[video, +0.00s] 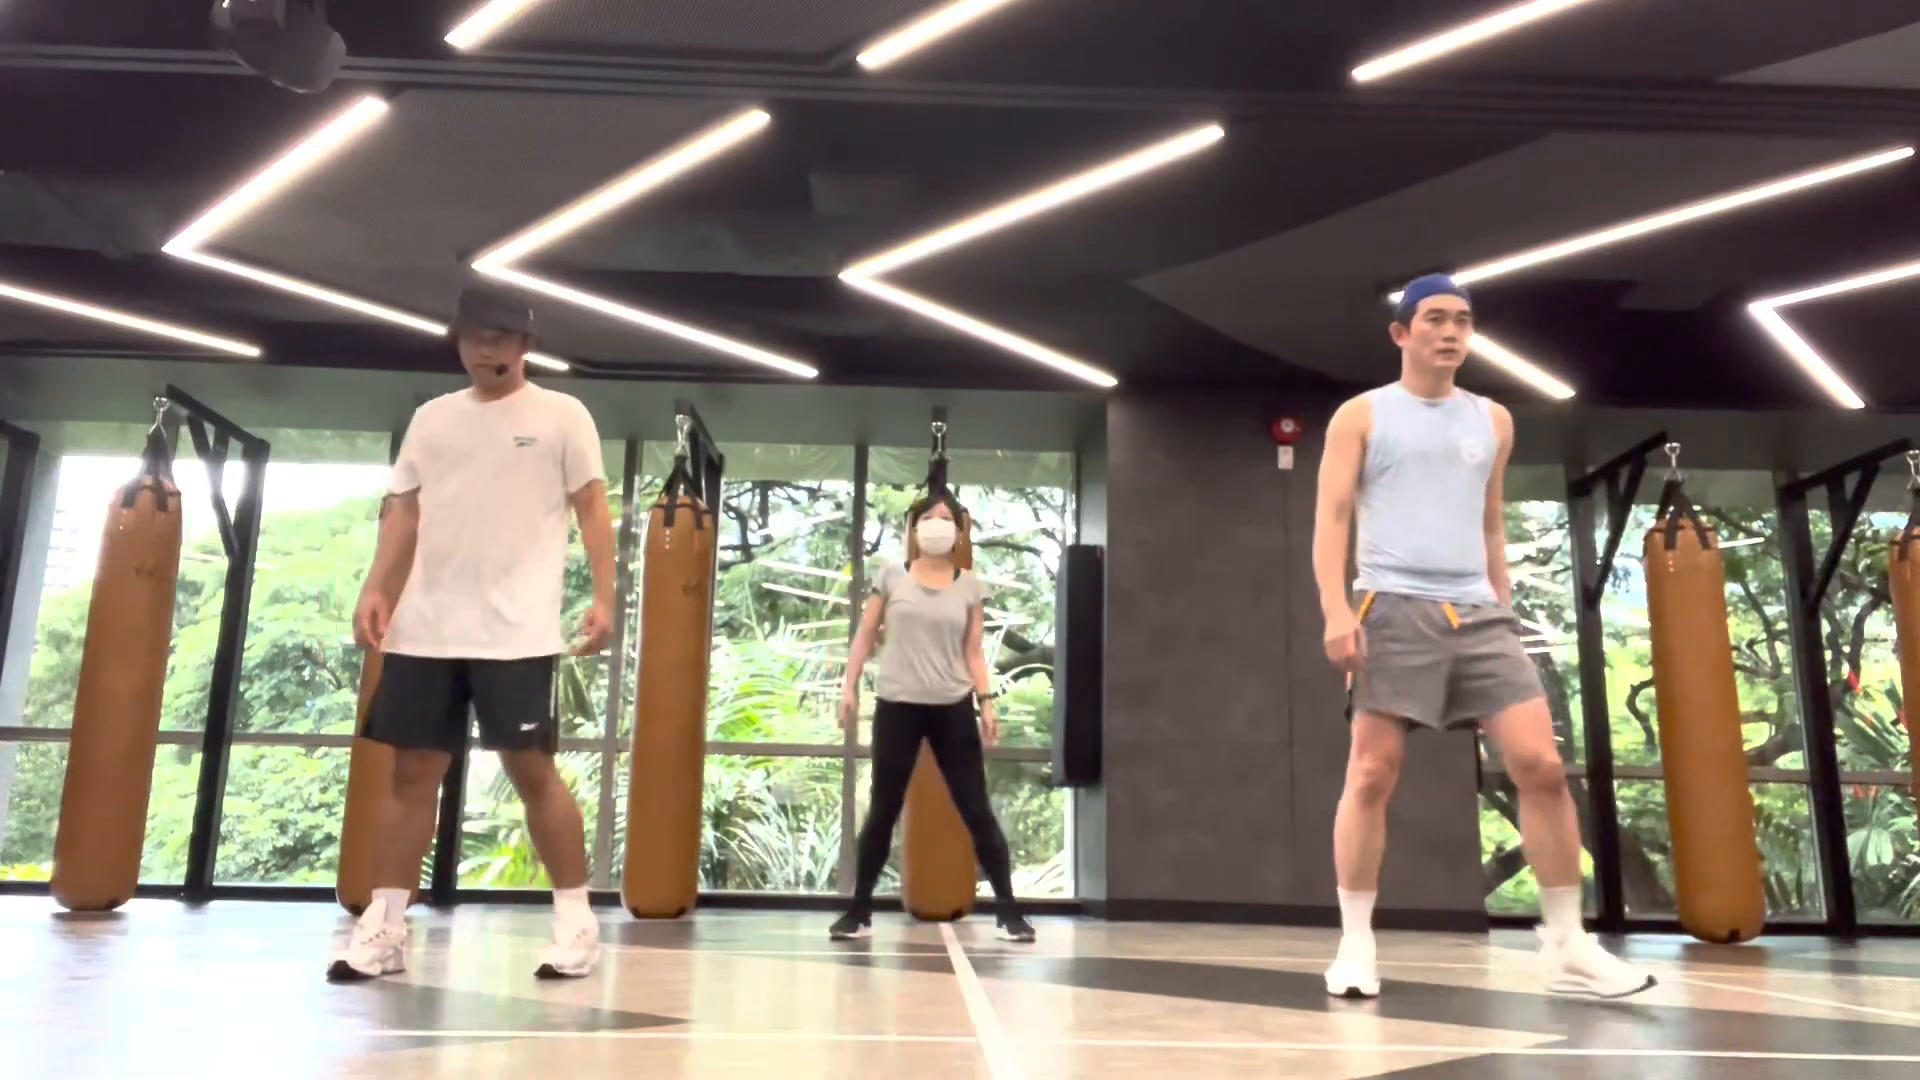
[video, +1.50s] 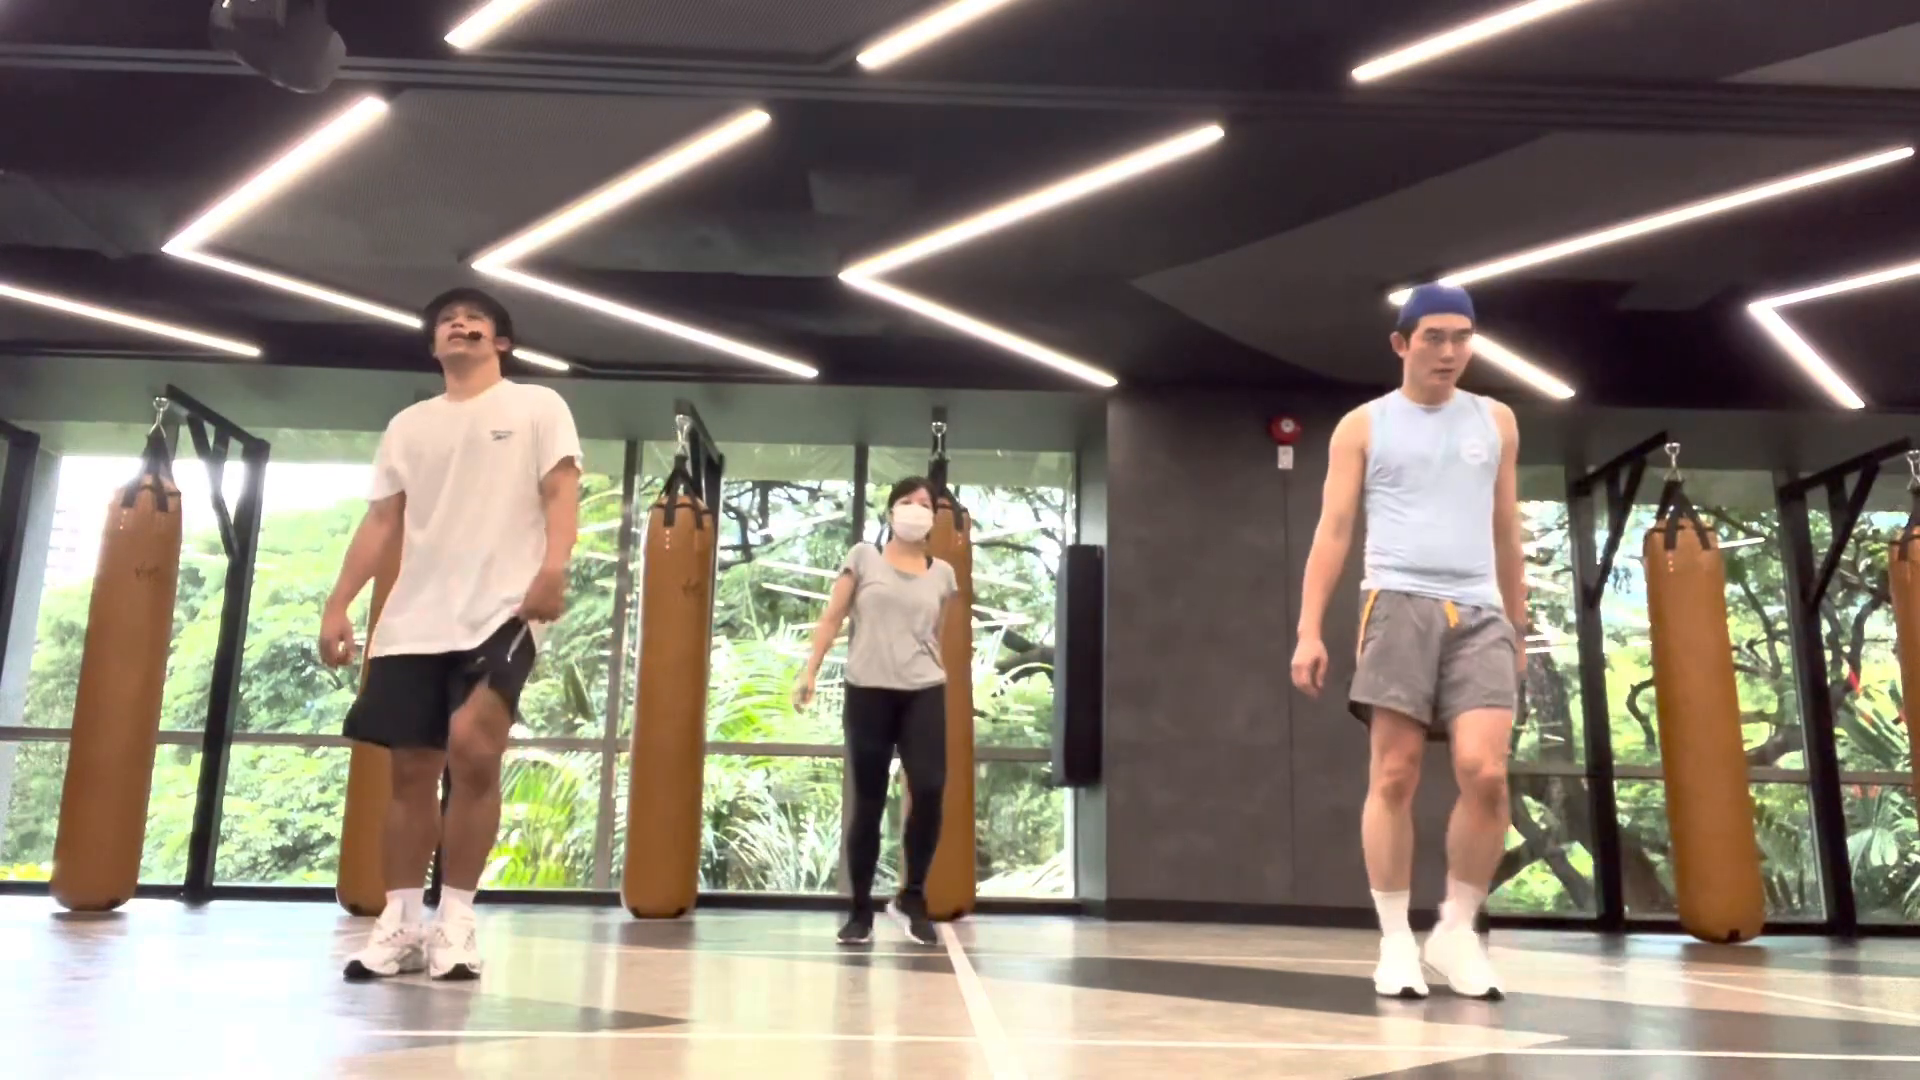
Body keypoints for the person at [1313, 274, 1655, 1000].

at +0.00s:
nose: (1453, 331)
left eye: (1462, 321)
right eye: (1438, 319)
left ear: (1471, 336)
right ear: (1402, 332)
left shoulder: (1492, 421)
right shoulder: (1360, 416)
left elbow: (1492, 526)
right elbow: (1332, 516)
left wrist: (1502, 615)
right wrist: (1336, 610)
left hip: (1483, 616)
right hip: (1395, 615)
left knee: (1543, 767)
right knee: (1370, 777)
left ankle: (1567, 946)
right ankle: (1355, 947)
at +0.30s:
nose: (1526, 329)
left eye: (1536, 317)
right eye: (1510, 318)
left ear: (1549, 331)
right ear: (1479, 332)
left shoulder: (1572, 416)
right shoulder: (1445, 414)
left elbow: (1581, 518)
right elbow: (1417, 518)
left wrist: (1596, 603)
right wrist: (1417, 614)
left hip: (1574, 613)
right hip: (1486, 614)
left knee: (1603, 775)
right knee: (1453, 769)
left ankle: (1613, 962)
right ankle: (1396, 930)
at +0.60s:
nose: (1552, 326)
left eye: (1563, 315)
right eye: (1535, 316)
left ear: (1577, 331)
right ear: (1504, 334)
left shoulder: (1609, 417)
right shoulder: (1469, 416)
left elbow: (1631, 520)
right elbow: (1443, 528)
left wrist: (1662, 596)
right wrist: (1433, 629)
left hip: (1607, 606)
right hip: (1522, 607)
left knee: (1623, 773)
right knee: (1577, 763)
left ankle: (1619, 957)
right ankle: (1564, 945)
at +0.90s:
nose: (1543, 327)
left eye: (1553, 315)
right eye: (1525, 317)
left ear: (1570, 328)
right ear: (1499, 334)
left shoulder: (1606, 413)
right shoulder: (1462, 416)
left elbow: (1626, 504)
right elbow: (1435, 523)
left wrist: (1620, 531)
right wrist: (1420, 621)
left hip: (1586, 616)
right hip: (1494, 615)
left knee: (1612, 773)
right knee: (1472, 767)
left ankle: (1619, 955)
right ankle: (1440, 937)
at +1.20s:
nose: (1480, 347)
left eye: (1491, 334)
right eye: (1465, 335)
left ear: (1505, 341)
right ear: (1434, 344)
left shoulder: (1532, 418)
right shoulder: (1392, 424)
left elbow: (1554, 510)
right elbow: (1370, 527)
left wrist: (1570, 588)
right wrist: (1357, 622)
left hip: (1516, 620)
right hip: (1427, 618)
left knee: (1562, 774)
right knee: (1408, 776)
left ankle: (1608, 959)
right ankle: (1398, 950)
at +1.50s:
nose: (1448, 351)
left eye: (1459, 338)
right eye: (1434, 337)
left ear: (1472, 346)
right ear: (1401, 344)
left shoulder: (1496, 423)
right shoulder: (1361, 427)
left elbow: (1507, 537)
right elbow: (1333, 531)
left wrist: (1517, 626)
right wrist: (1309, 628)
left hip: (1482, 614)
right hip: (1397, 611)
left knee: (1486, 774)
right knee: (1394, 776)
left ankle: (1455, 934)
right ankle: (1396, 944)